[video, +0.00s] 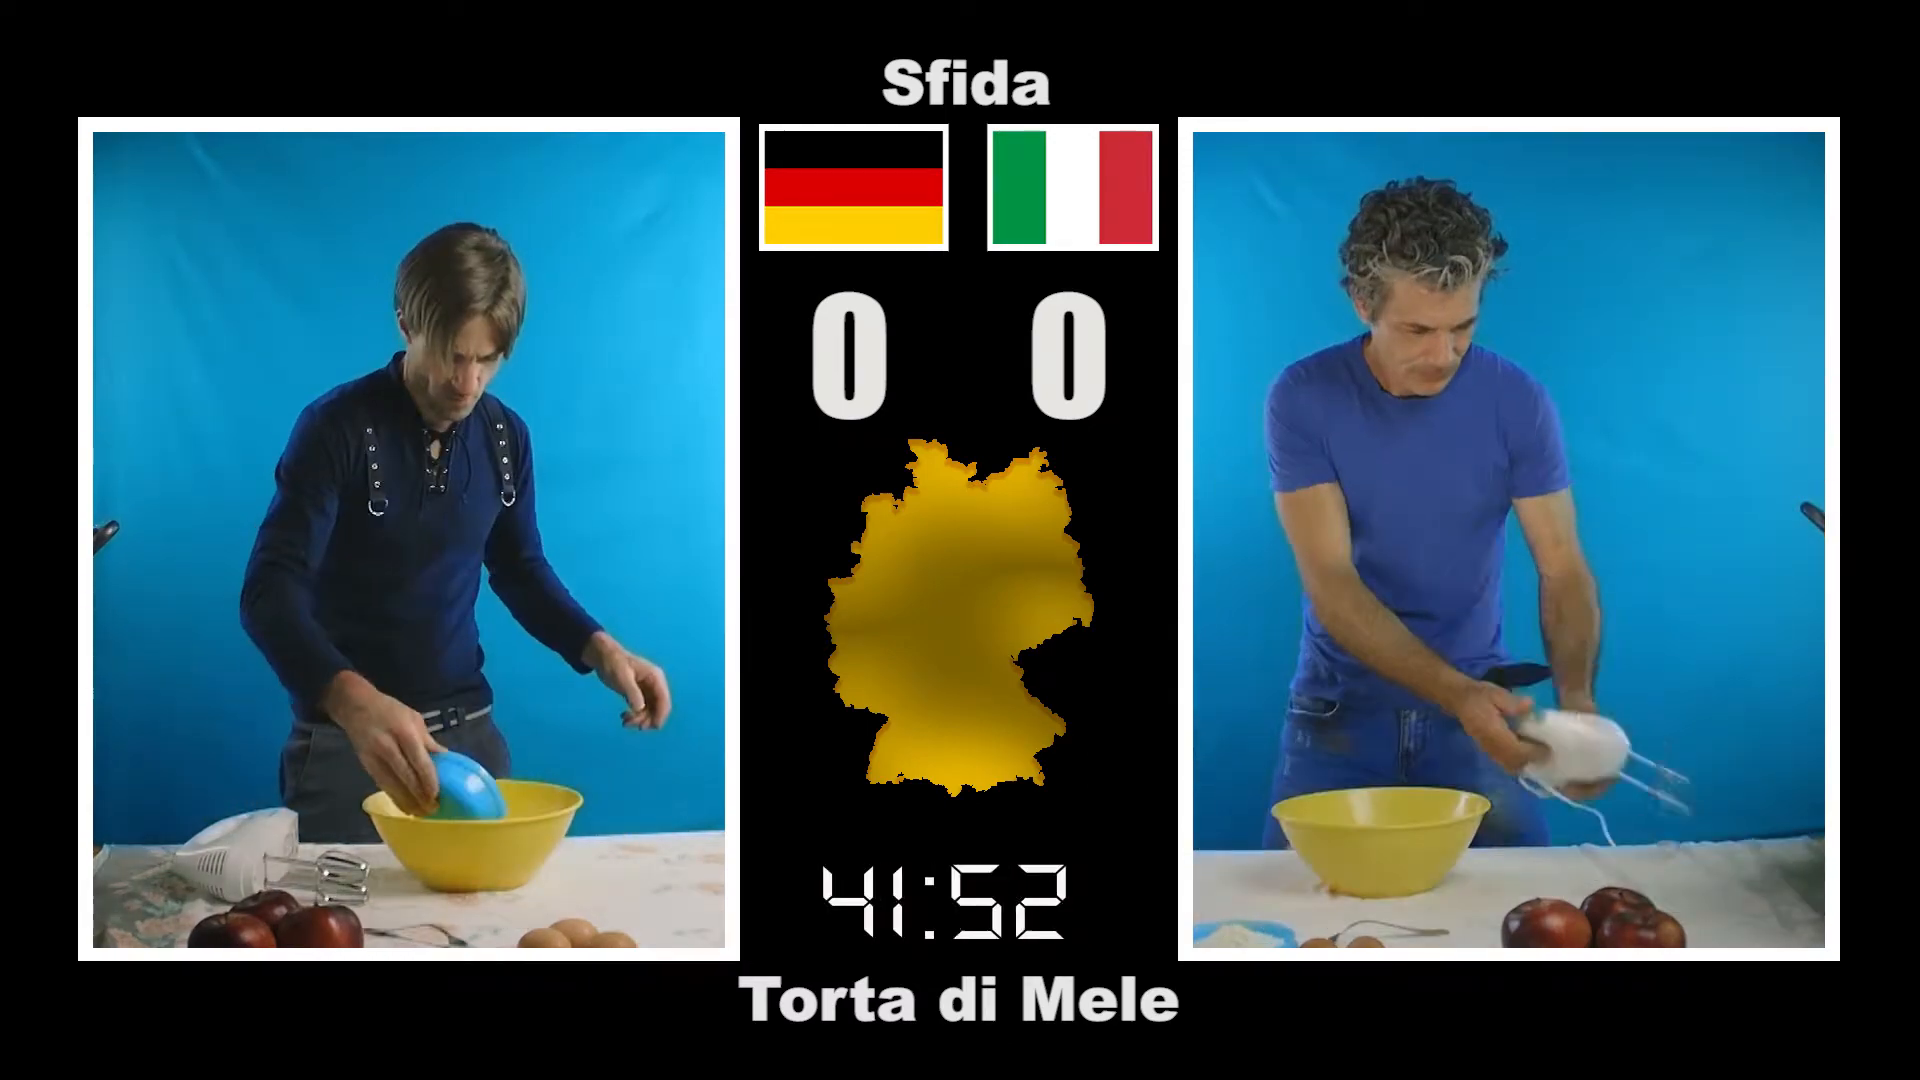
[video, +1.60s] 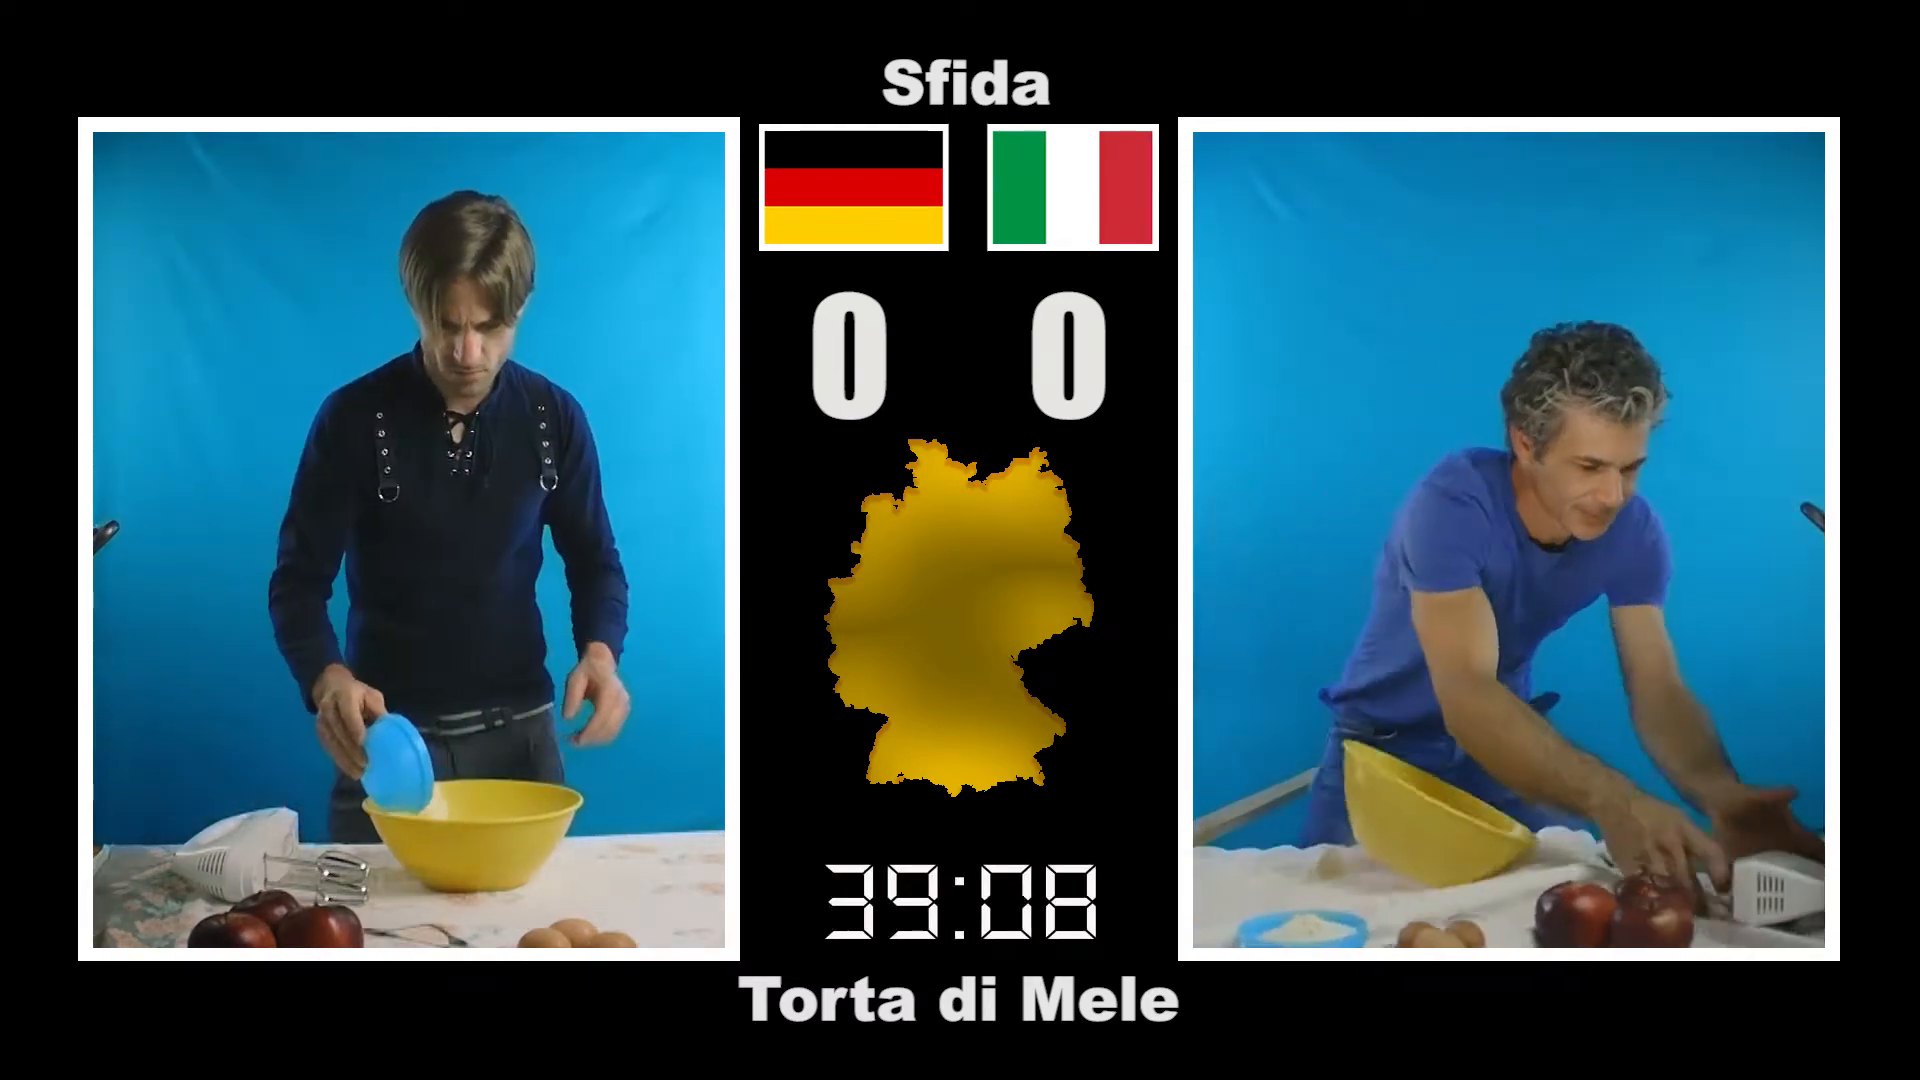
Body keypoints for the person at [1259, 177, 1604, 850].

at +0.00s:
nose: (1442, 354)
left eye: (1462, 328)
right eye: (1416, 331)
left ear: (1479, 302)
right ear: (1364, 305)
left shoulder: (1515, 401)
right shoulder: (1307, 399)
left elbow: (1562, 566)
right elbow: (1333, 585)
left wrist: (1575, 705)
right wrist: (1460, 693)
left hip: (1475, 718)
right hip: (1340, 712)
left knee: (1502, 941)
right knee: (1317, 932)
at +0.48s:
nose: (1432, 349)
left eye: (1448, 325)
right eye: (1410, 324)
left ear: (1462, 314)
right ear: (1352, 307)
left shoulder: (1472, 421)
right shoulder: (1275, 413)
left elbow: (1510, 564)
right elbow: (1270, 593)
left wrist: (1562, 673)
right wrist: (1381, 689)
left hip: (1434, 731)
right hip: (1305, 733)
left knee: (1492, 923)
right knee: (1283, 939)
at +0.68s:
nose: (1410, 380)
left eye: (1426, 356)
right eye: (1389, 354)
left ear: (1440, 346)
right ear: (1329, 342)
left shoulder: (1463, 450)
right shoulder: (1256, 448)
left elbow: (1517, 585)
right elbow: (1222, 617)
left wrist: (1558, 721)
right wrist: (1292, 722)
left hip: (1427, 735)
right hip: (1295, 736)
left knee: (1497, 916)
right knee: (1260, 934)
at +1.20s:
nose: (1420, 460)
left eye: (1432, 433)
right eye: (1396, 438)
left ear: (1442, 411)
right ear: (1328, 421)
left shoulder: (1463, 493)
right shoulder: (1260, 495)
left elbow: (1561, 631)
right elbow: (1266, 684)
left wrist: (1651, 749)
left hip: (1419, 762)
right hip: (1294, 759)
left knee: (1436, 932)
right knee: (1254, 926)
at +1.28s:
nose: (1440, 467)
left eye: (1455, 440)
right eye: (1417, 445)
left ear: (1465, 420)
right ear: (1351, 430)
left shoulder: (1479, 493)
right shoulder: (1293, 497)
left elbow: (1571, 643)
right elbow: (1345, 684)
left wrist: (1640, 769)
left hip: (1433, 760)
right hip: (1309, 757)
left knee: (1456, 932)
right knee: (1272, 930)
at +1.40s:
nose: (1509, 479)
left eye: (1522, 452)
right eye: (1486, 454)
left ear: (1533, 439)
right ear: (1418, 445)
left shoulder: (1529, 507)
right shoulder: (1361, 524)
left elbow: (1578, 656)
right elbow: (1458, 667)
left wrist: (1624, 778)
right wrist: (1614, 763)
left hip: (1450, 761)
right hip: (1333, 769)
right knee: (1313, 937)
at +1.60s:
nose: (1612, 496)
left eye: (1630, 469)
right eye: (1589, 469)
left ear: (1644, 450)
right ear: (1524, 446)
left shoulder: (1630, 533)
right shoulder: (1449, 508)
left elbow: (1658, 690)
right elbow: (1467, 693)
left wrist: (1723, 794)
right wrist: (1616, 803)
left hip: (1500, 743)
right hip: (1383, 750)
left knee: (1524, 919)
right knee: (1361, 925)